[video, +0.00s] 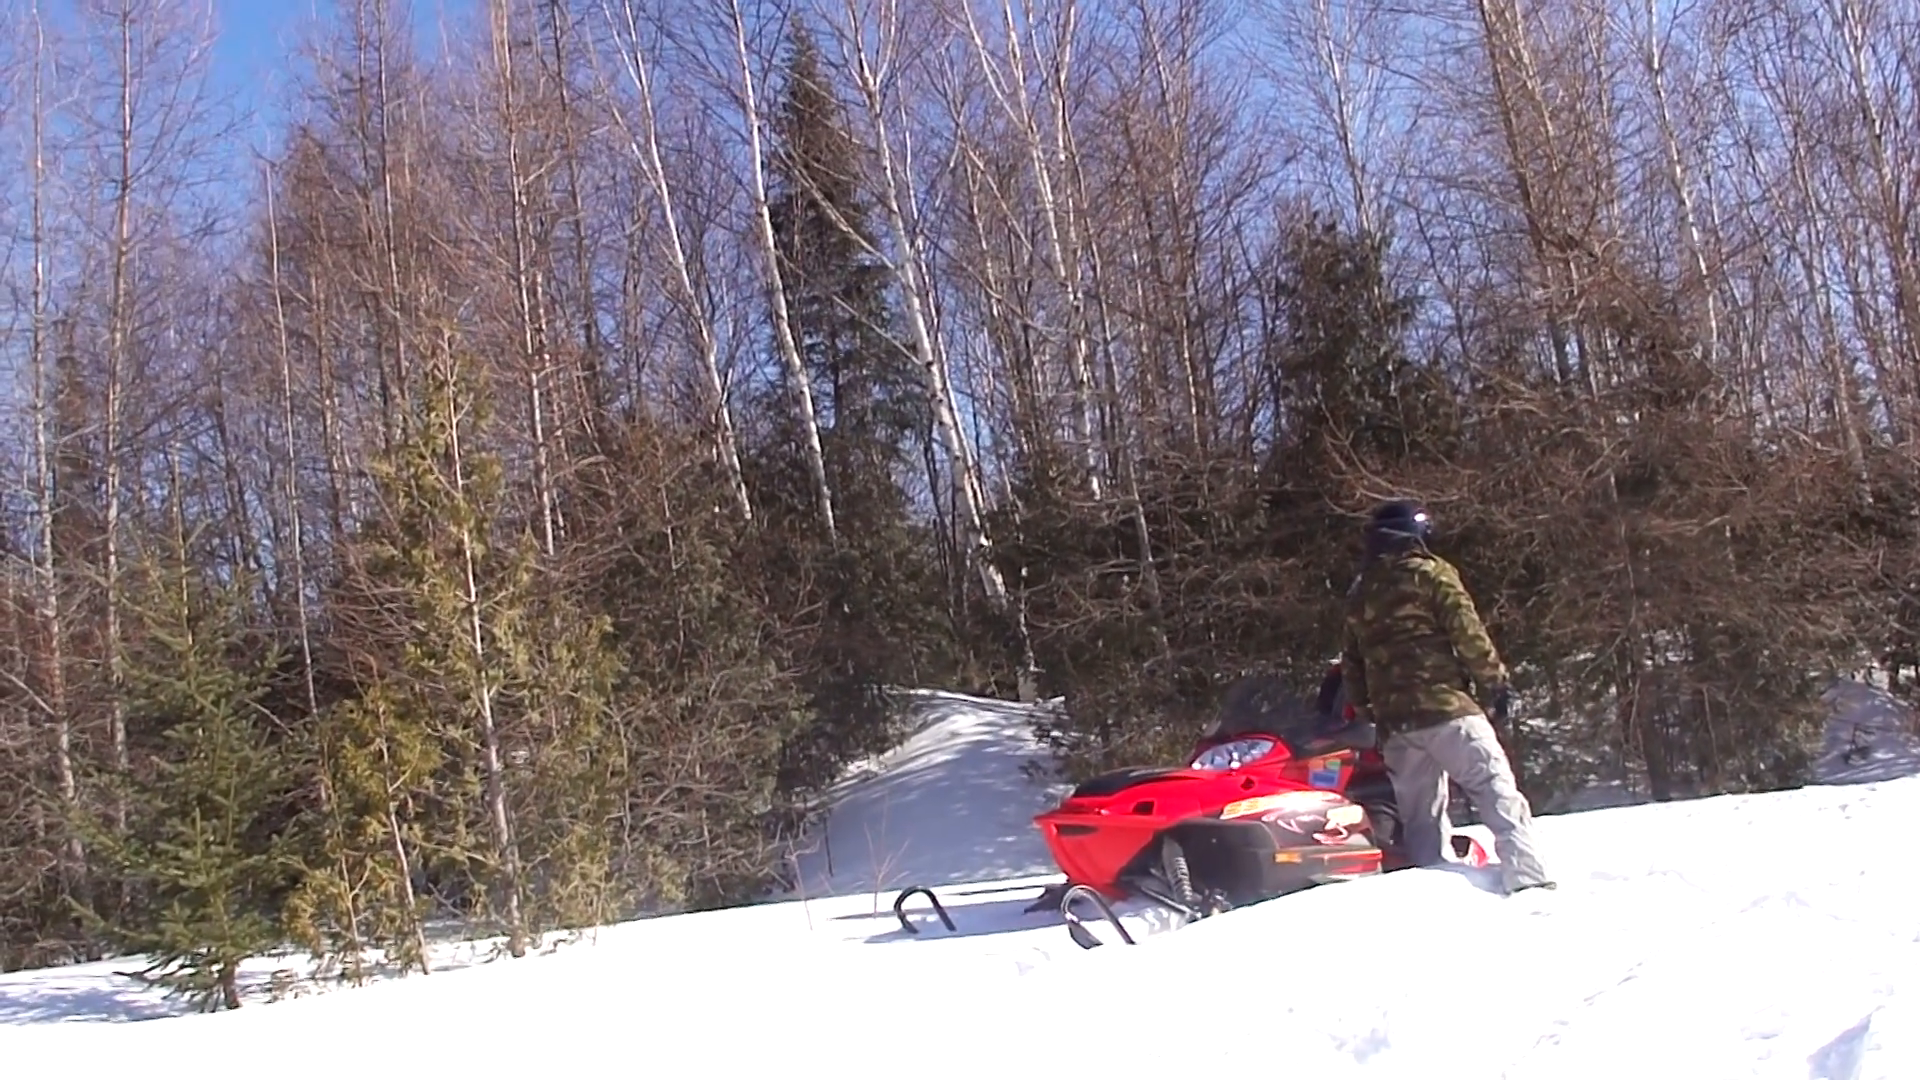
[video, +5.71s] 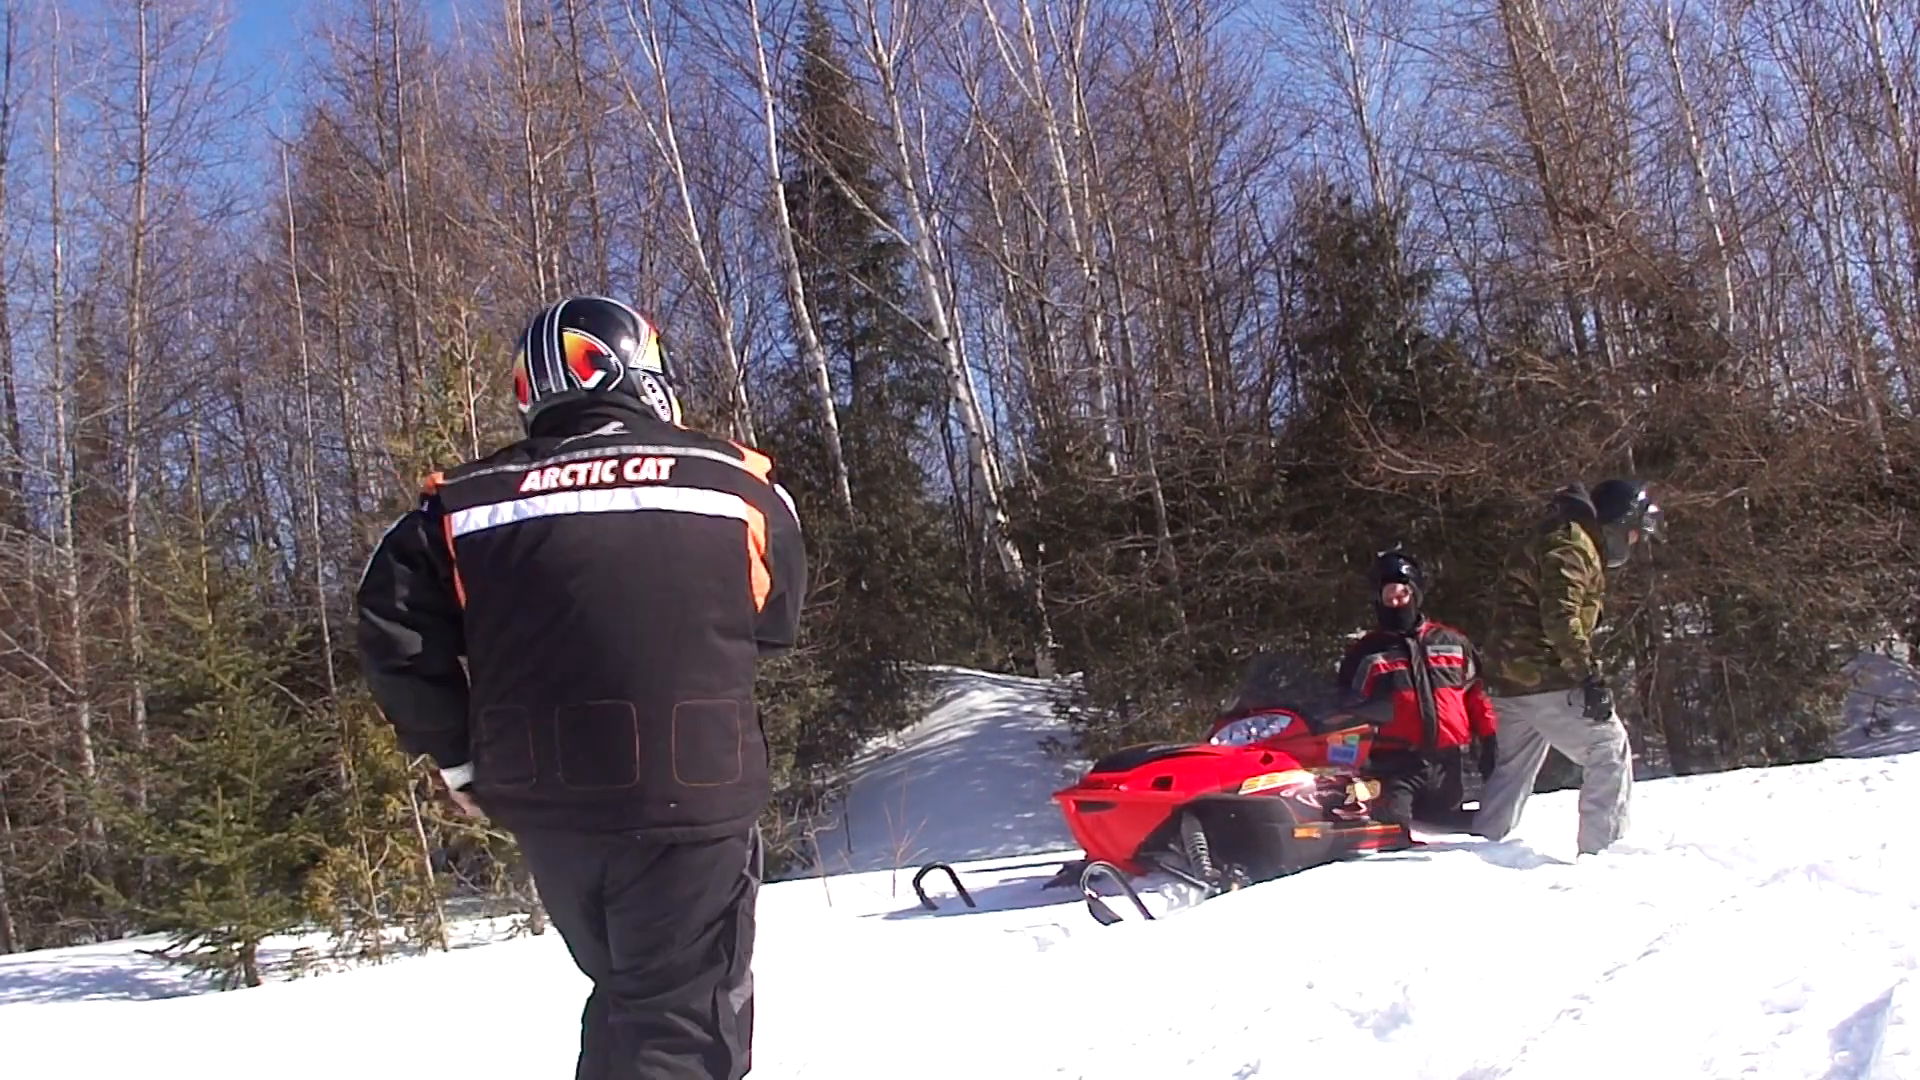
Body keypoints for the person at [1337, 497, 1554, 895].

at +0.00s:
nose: (1429, 538)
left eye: (1426, 532)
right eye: (1424, 532)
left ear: (1377, 538)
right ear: (1416, 534)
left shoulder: (1359, 591)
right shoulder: (1433, 572)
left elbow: (1354, 663)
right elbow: (1467, 633)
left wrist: (1368, 708)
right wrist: (1497, 684)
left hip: (1395, 720)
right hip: (1447, 708)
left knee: (1420, 819)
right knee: (1494, 788)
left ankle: (1430, 897)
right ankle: (1526, 876)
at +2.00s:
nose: (1447, 525)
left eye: (1443, 521)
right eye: (1443, 520)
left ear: (1394, 524)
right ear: (1435, 519)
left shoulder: (1376, 575)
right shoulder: (1452, 551)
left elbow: (1367, 645)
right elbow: (1487, 607)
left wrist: (1377, 690)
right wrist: (1512, 661)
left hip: (1414, 700)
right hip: (1469, 687)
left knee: (1439, 800)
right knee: (1513, 765)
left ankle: (1449, 878)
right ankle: (1544, 853)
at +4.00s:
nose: (1437, 513)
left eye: (1434, 506)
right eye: (1432, 507)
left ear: (1389, 514)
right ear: (1422, 509)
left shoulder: (1368, 567)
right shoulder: (1445, 544)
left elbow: (1363, 641)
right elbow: (1482, 603)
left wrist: (1381, 681)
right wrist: (1512, 651)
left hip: (1412, 698)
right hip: (1468, 683)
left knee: (1440, 798)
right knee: (1516, 761)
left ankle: (1450, 877)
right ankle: (1547, 854)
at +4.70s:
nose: (1477, 556)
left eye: (1481, 552)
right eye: (1478, 548)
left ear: (1438, 523)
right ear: (1468, 531)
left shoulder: (1388, 560)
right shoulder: (1450, 545)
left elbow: (1377, 630)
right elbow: (1472, 610)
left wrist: (1393, 684)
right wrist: (1505, 658)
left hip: (1408, 696)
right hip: (1454, 682)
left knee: (1440, 799)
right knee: (1512, 759)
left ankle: (1449, 873)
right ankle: (1547, 854)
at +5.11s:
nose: (1514, 563)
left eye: (1521, 557)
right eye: (1519, 552)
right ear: (1507, 532)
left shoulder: (1429, 548)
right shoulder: (1470, 540)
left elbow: (1416, 618)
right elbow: (1474, 602)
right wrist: (1503, 656)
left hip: (1422, 687)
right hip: (1462, 677)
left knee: (1453, 787)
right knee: (1533, 748)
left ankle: (1459, 867)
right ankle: (1562, 848)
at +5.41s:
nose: (1569, 554)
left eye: (1574, 547)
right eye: (1571, 543)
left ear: (1545, 525)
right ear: (1554, 528)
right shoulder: (1513, 543)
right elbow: (1507, 612)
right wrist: (1528, 677)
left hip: (1461, 681)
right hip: (1494, 678)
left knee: (1474, 776)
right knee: (1561, 750)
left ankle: (1467, 858)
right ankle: (1593, 847)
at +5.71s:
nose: (1635, 543)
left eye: (1640, 535)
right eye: (1635, 532)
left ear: (1608, 520)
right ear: (1615, 522)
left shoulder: (1547, 538)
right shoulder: (1572, 546)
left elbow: (1511, 609)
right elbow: (1560, 616)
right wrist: (1590, 678)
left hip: (1508, 675)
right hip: (1539, 674)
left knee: (1513, 770)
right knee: (1608, 745)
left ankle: (1482, 854)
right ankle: (1599, 854)